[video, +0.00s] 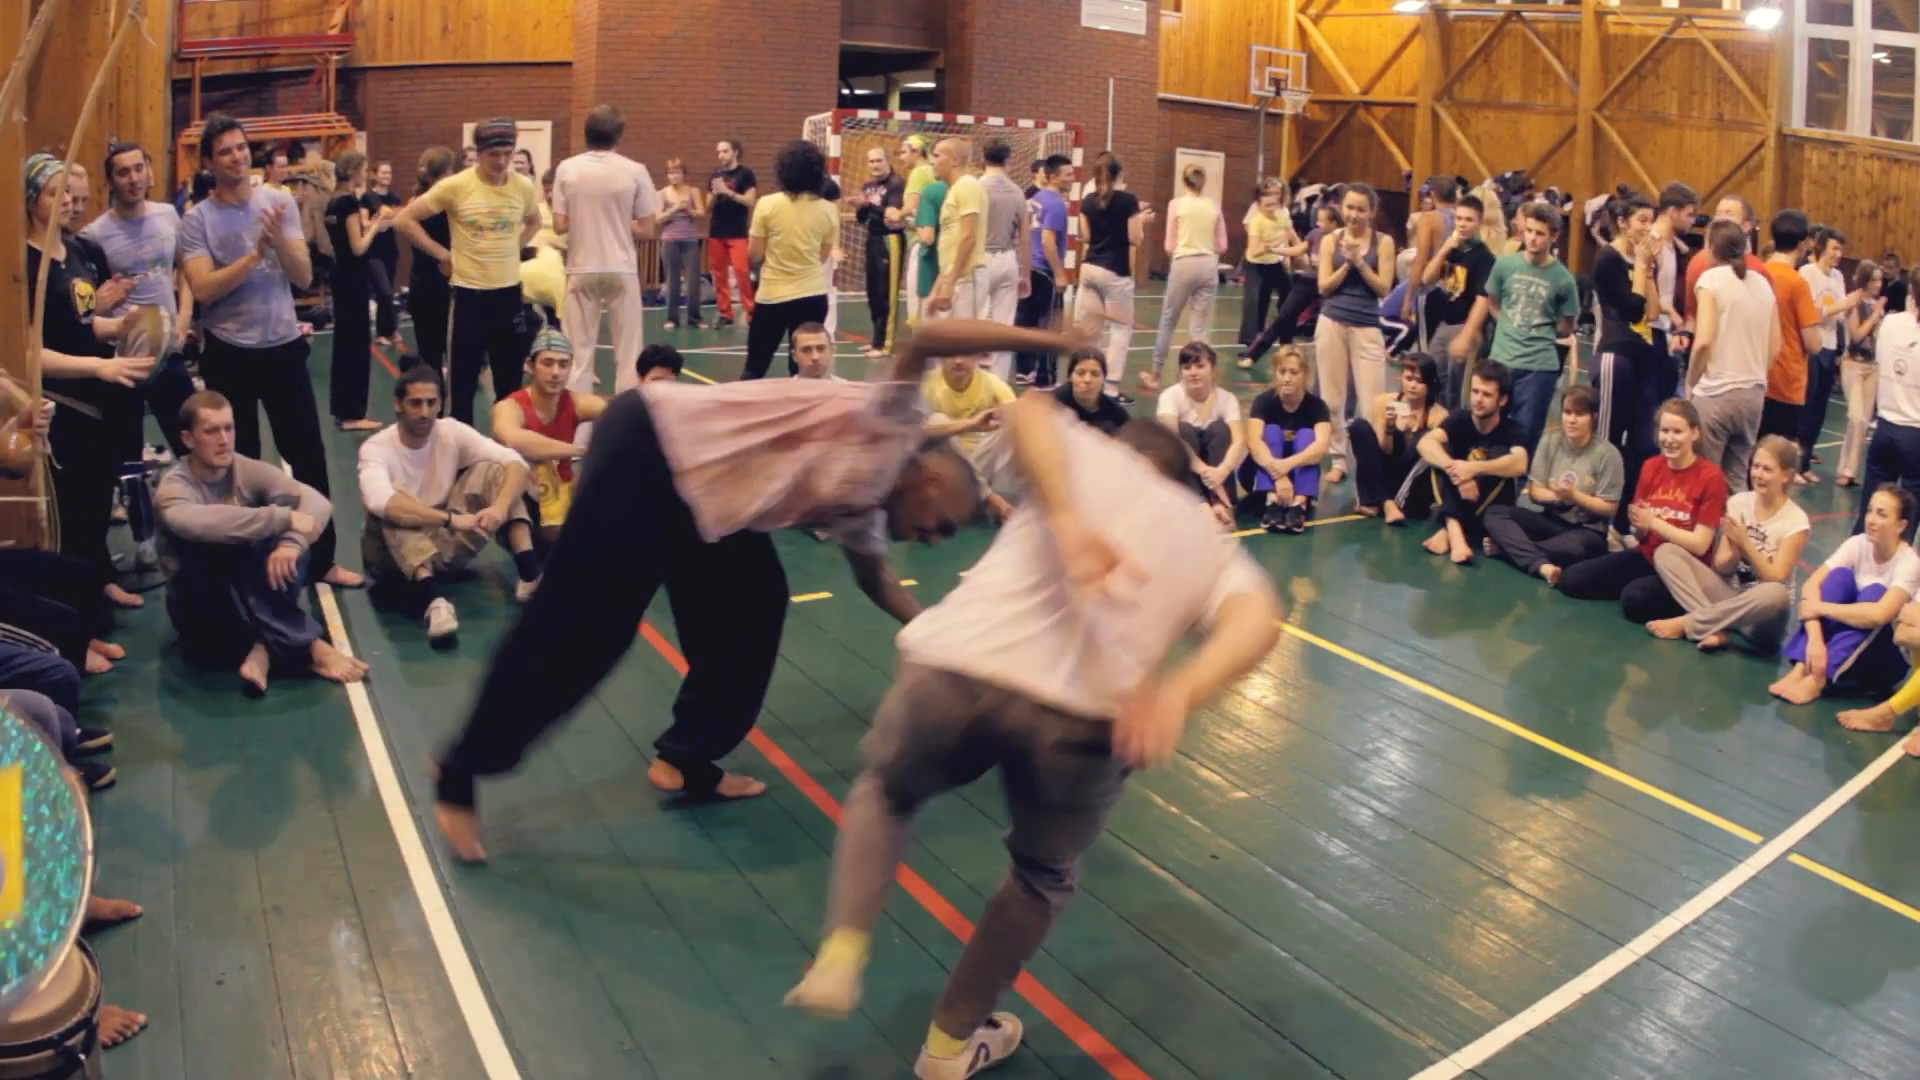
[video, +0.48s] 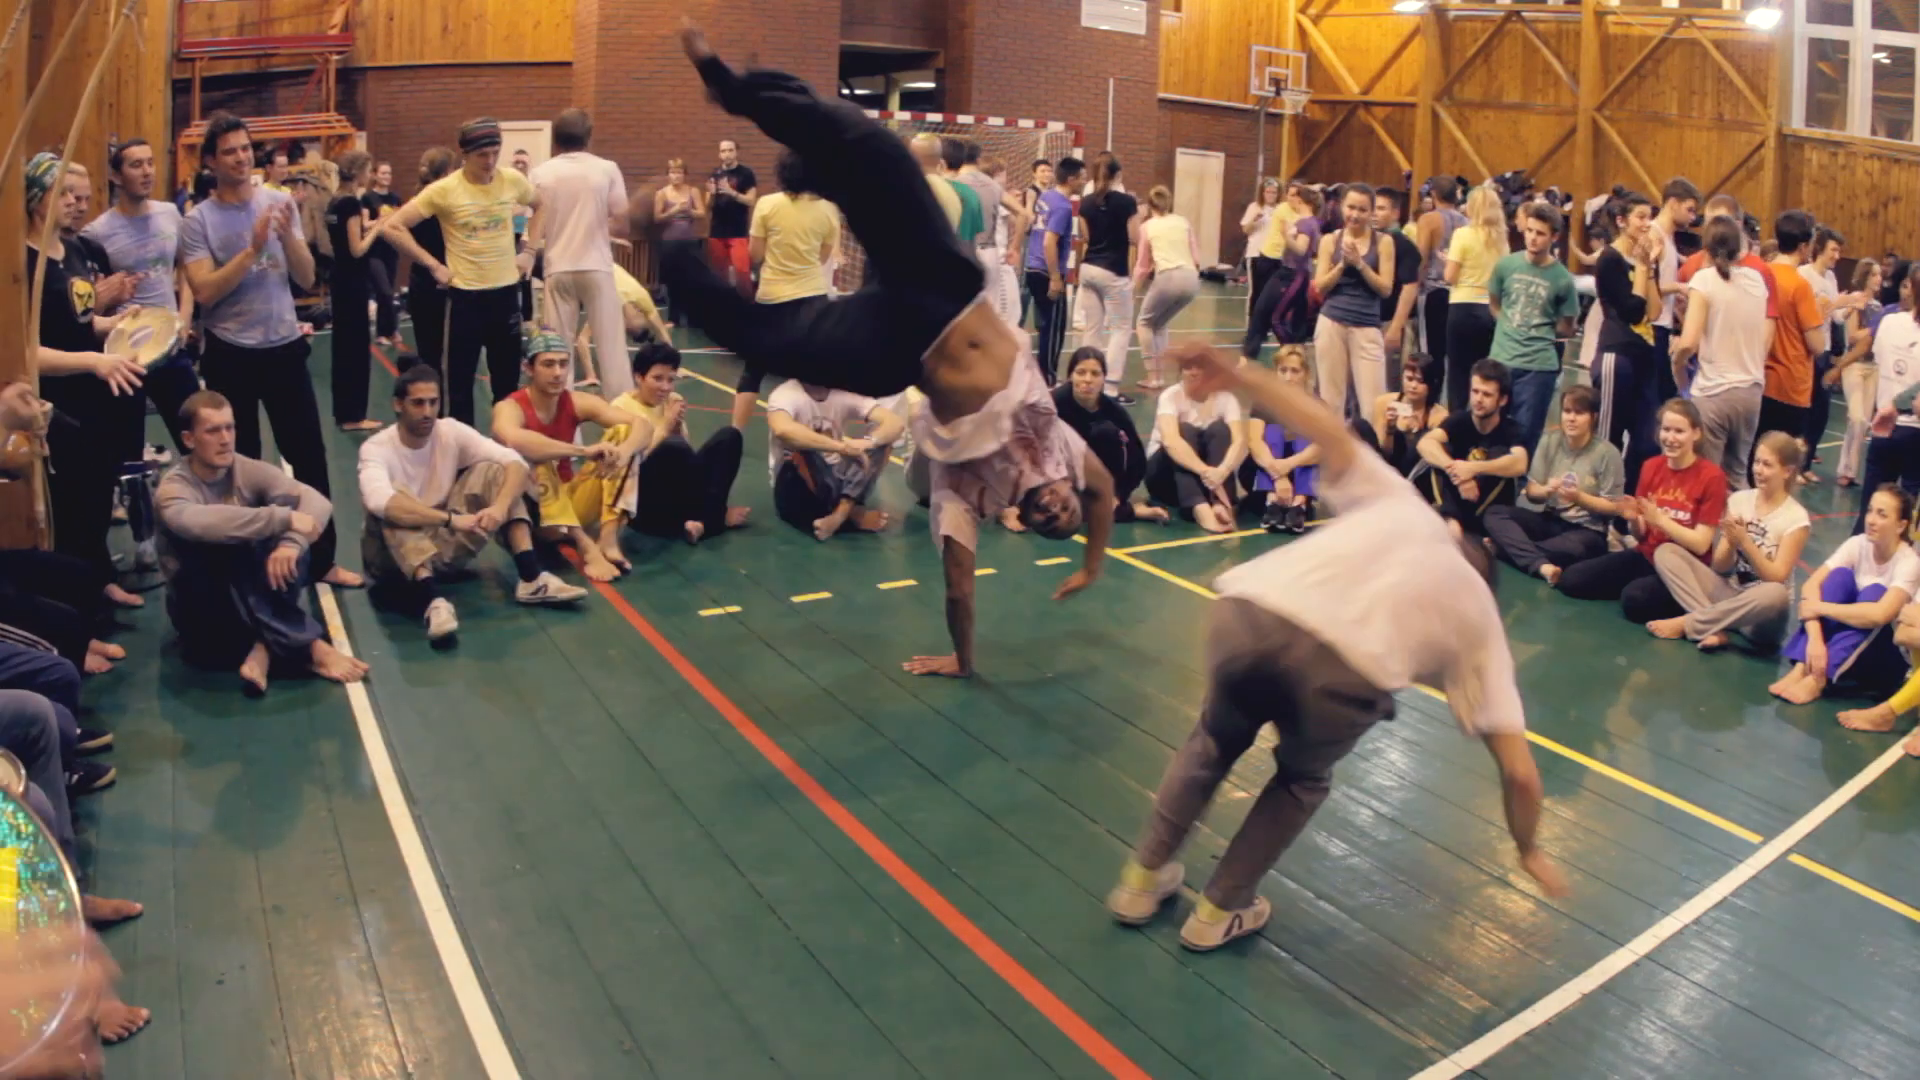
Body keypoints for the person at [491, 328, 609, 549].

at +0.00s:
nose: (555, 372)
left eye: (563, 364)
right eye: (547, 363)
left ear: (570, 368)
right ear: (530, 366)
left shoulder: (576, 402)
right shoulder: (510, 407)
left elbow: (620, 412)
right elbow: (512, 439)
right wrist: (580, 451)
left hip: (567, 495)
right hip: (524, 495)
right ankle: (530, 573)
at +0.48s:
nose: (558, 373)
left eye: (563, 364)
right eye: (548, 365)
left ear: (569, 367)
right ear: (529, 368)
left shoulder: (579, 402)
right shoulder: (509, 408)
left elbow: (643, 425)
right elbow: (513, 440)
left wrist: (627, 450)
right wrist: (582, 451)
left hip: (573, 506)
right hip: (527, 510)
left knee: (622, 438)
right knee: (541, 465)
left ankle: (609, 537)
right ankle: (587, 546)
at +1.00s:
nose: (559, 373)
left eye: (564, 365)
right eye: (550, 366)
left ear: (570, 367)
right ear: (529, 370)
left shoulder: (577, 403)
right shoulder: (510, 408)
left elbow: (644, 424)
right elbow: (514, 441)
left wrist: (626, 449)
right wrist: (584, 453)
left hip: (573, 505)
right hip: (528, 511)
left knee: (623, 439)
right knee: (541, 467)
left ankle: (609, 538)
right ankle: (586, 546)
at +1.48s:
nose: (560, 372)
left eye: (564, 364)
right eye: (550, 365)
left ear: (569, 366)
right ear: (529, 371)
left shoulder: (578, 402)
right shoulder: (510, 407)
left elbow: (645, 424)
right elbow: (513, 441)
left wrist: (624, 445)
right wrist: (582, 450)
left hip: (574, 506)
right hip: (528, 512)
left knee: (621, 435)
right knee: (540, 464)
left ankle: (609, 536)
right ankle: (585, 544)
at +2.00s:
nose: (563, 373)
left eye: (566, 364)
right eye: (553, 365)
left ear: (570, 366)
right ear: (530, 370)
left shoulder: (579, 403)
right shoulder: (509, 407)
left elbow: (645, 426)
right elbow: (513, 441)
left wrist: (622, 442)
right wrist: (583, 447)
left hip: (573, 507)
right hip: (528, 511)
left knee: (620, 436)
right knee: (542, 465)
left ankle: (609, 538)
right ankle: (586, 545)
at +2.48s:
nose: (563, 375)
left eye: (567, 366)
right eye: (553, 367)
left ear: (572, 366)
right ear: (531, 370)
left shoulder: (582, 403)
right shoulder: (511, 407)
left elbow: (646, 427)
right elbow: (514, 441)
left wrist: (624, 446)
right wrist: (585, 447)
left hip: (571, 508)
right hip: (526, 514)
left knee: (622, 448)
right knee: (542, 463)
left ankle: (609, 538)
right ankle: (586, 545)